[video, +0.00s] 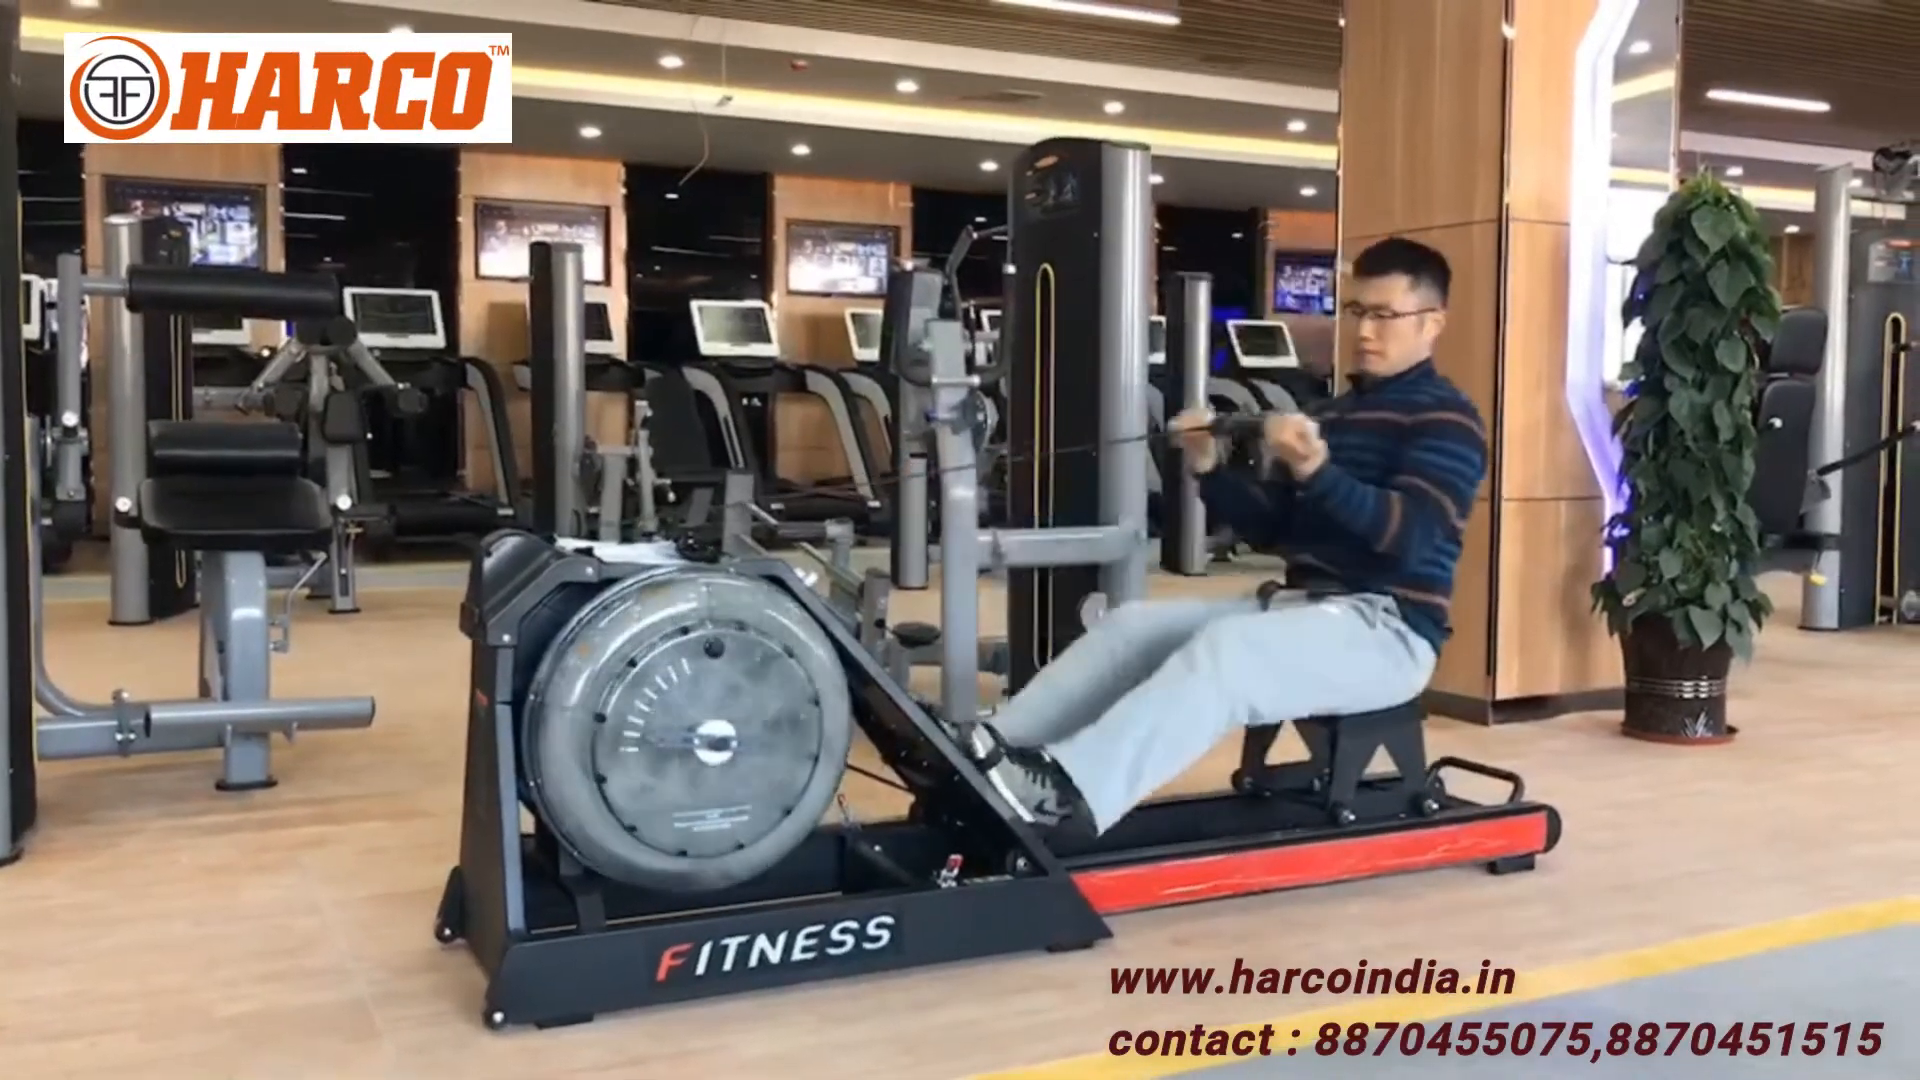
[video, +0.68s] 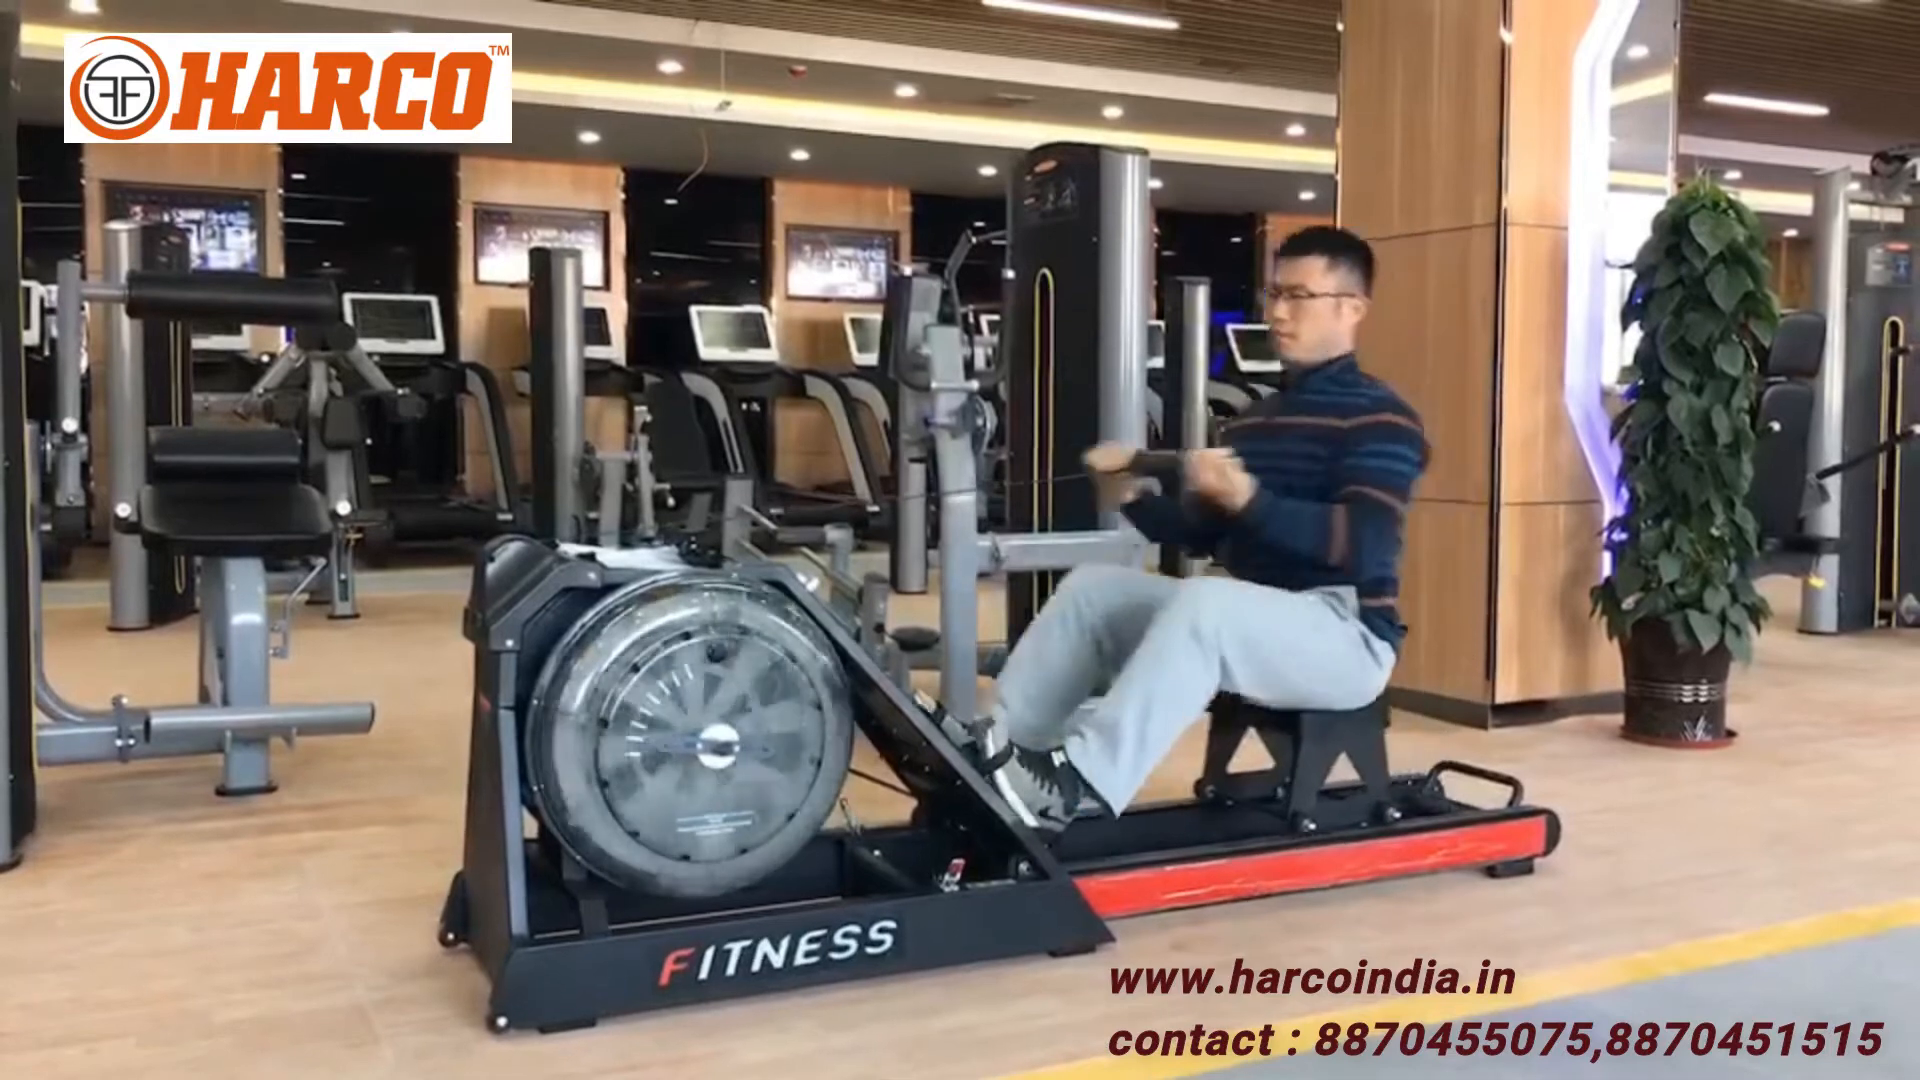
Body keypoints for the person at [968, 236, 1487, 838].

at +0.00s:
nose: (1365, 331)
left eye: (1386, 316)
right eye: (1357, 312)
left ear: (1434, 326)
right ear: (1344, 315)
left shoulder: (1448, 421)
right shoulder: (1339, 412)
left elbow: (1405, 538)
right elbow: (1278, 528)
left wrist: (1319, 474)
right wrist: (1210, 470)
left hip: (1388, 630)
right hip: (1303, 608)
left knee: (1223, 653)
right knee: (1134, 626)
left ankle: (1069, 789)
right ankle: (985, 748)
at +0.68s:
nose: (1277, 311)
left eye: (1296, 296)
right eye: (1274, 295)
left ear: (1352, 311)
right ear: (1266, 301)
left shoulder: (1382, 419)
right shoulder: (1260, 420)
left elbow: (1365, 542)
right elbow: (1202, 530)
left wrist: (1252, 501)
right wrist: (1131, 493)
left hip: (1348, 637)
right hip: (1251, 618)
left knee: (1205, 607)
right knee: (1091, 591)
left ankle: (1081, 781)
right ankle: (1000, 751)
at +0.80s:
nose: (1220, 307)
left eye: (1241, 292)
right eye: (1219, 291)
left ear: (1295, 309)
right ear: (1213, 300)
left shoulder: (1322, 416)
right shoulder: (1205, 414)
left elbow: (1264, 523)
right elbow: (1138, 504)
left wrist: (1141, 508)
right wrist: (1033, 488)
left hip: (1307, 638)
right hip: (1207, 613)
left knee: (1168, 588)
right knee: (1050, 578)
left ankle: (1058, 778)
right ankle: (973, 742)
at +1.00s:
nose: (1164, 301)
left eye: (1185, 287)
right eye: (1165, 286)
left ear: (1237, 307)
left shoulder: (1258, 404)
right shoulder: (1145, 408)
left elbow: (1158, 482)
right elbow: (1058, 474)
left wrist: (1031, 510)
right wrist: (933, 498)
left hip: (1255, 645)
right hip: (1156, 623)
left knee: (1123, 566)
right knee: (992, 556)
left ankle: (1040, 782)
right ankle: (972, 742)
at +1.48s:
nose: (1229, 310)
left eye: (1249, 297)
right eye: (1227, 297)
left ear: (1301, 315)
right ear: (1220, 306)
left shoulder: (1317, 414)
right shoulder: (1199, 416)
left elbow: (1225, 490)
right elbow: (1113, 486)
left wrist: (1104, 506)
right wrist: (997, 484)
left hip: (1285, 639)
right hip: (1190, 615)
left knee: (1146, 580)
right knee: (1038, 575)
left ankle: (1043, 787)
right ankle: (967, 750)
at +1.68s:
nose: (1301, 330)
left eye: (1320, 316)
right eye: (1297, 315)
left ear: (1375, 326)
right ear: (1289, 321)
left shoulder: (1390, 419)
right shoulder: (1273, 422)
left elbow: (1318, 510)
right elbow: (1206, 516)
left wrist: (1205, 488)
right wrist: (1103, 495)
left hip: (1340, 633)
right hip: (1252, 615)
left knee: (1191, 614)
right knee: (1087, 593)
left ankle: (1056, 789)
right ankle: (974, 752)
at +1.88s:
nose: (1372, 347)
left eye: (1392, 331)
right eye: (1366, 331)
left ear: (1444, 341)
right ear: (1359, 335)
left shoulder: (1461, 435)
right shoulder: (1346, 432)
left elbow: (1417, 540)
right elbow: (1280, 538)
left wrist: (1311, 497)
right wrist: (1200, 496)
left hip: (1387, 641)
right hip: (1308, 620)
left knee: (1222, 662)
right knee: (1132, 633)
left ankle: (1070, 800)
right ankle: (990, 753)